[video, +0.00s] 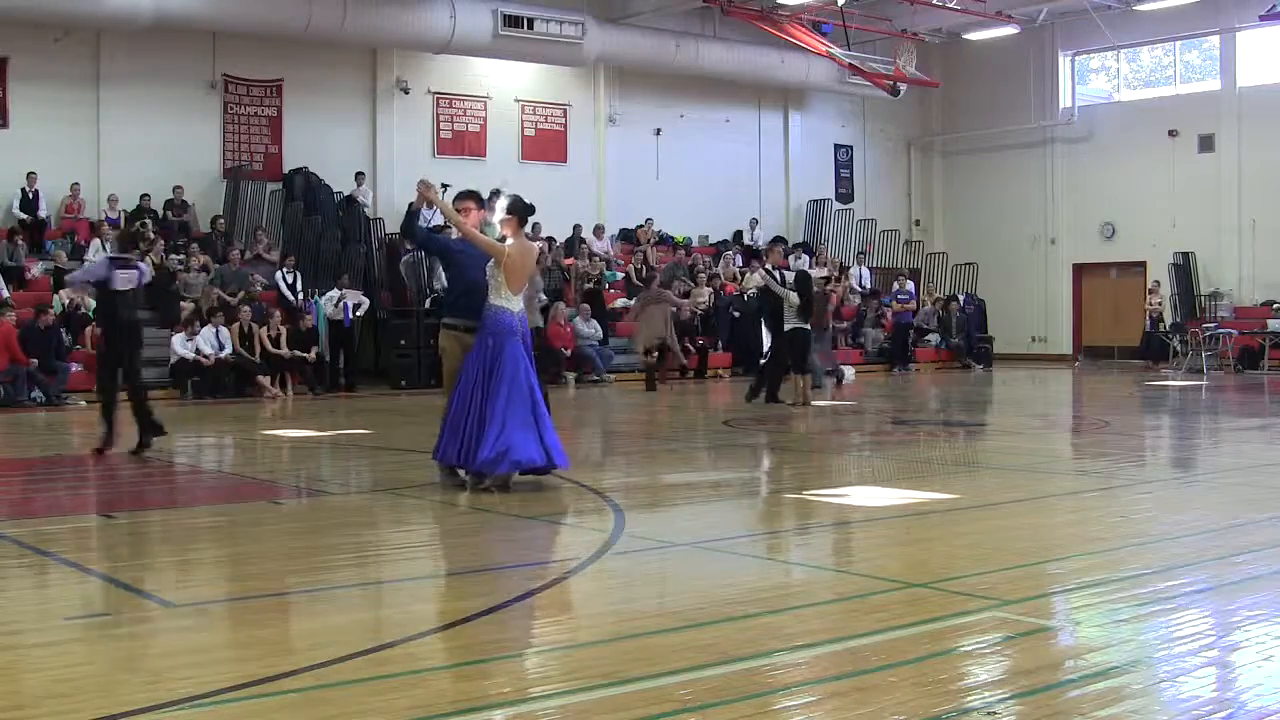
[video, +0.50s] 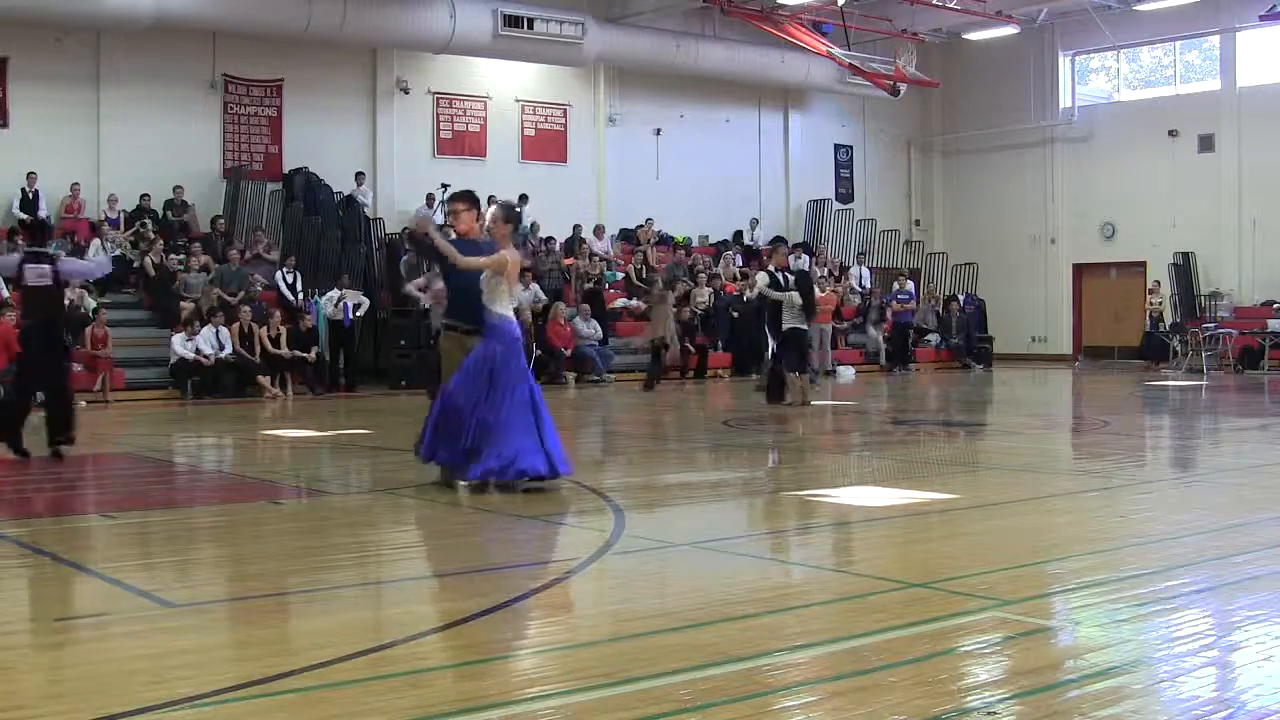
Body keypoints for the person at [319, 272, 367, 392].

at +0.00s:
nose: (347, 282)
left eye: (347, 280)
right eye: (344, 280)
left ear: (348, 281)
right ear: (337, 282)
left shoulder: (352, 294)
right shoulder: (328, 296)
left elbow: (366, 302)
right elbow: (329, 314)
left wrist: (358, 313)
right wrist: (338, 302)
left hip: (348, 323)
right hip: (334, 323)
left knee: (349, 355)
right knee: (334, 356)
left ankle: (349, 384)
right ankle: (334, 384)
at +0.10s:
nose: (347, 282)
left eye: (348, 279)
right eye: (345, 279)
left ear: (348, 282)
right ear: (338, 281)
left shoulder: (352, 294)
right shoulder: (328, 296)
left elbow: (366, 302)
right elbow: (329, 314)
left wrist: (358, 313)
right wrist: (338, 302)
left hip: (348, 323)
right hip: (334, 324)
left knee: (350, 355)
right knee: (334, 356)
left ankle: (349, 384)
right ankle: (334, 384)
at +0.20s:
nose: (347, 282)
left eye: (348, 279)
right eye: (345, 279)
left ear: (348, 282)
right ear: (338, 281)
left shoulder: (352, 294)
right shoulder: (328, 296)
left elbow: (366, 302)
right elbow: (329, 314)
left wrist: (358, 313)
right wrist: (338, 302)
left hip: (348, 323)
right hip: (334, 324)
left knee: (350, 355)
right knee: (334, 356)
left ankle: (349, 384)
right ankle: (334, 384)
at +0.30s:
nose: (347, 282)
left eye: (348, 280)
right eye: (345, 280)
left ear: (348, 282)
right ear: (338, 282)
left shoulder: (352, 294)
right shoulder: (328, 297)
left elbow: (366, 302)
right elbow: (329, 314)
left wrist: (358, 313)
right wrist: (337, 302)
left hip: (349, 322)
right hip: (335, 323)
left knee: (350, 355)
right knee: (335, 355)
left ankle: (350, 384)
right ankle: (334, 384)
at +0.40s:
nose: (347, 282)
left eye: (348, 280)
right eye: (345, 280)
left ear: (349, 282)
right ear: (338, 282)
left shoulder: (352, 294)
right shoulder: (329, 297)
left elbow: (366, 302)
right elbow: (329, 314)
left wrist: (358, 313)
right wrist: (337, 303)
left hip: (349, 322)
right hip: (335, 323)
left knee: (350, 355)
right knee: (335, 355)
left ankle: (350, 384)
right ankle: (334, 384)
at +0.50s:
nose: (347, 282)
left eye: (348, 280)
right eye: (345, 280)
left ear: (349, 282)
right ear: (338, 282)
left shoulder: (352, 294)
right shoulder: (329, 297)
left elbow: (366, 302)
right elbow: (329, 314)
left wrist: (358, 313)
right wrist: (337, 303)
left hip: (349, 322)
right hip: (335, 323)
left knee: (350, 355)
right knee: (335, 355)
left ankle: (350, 384)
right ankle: (334, 384)